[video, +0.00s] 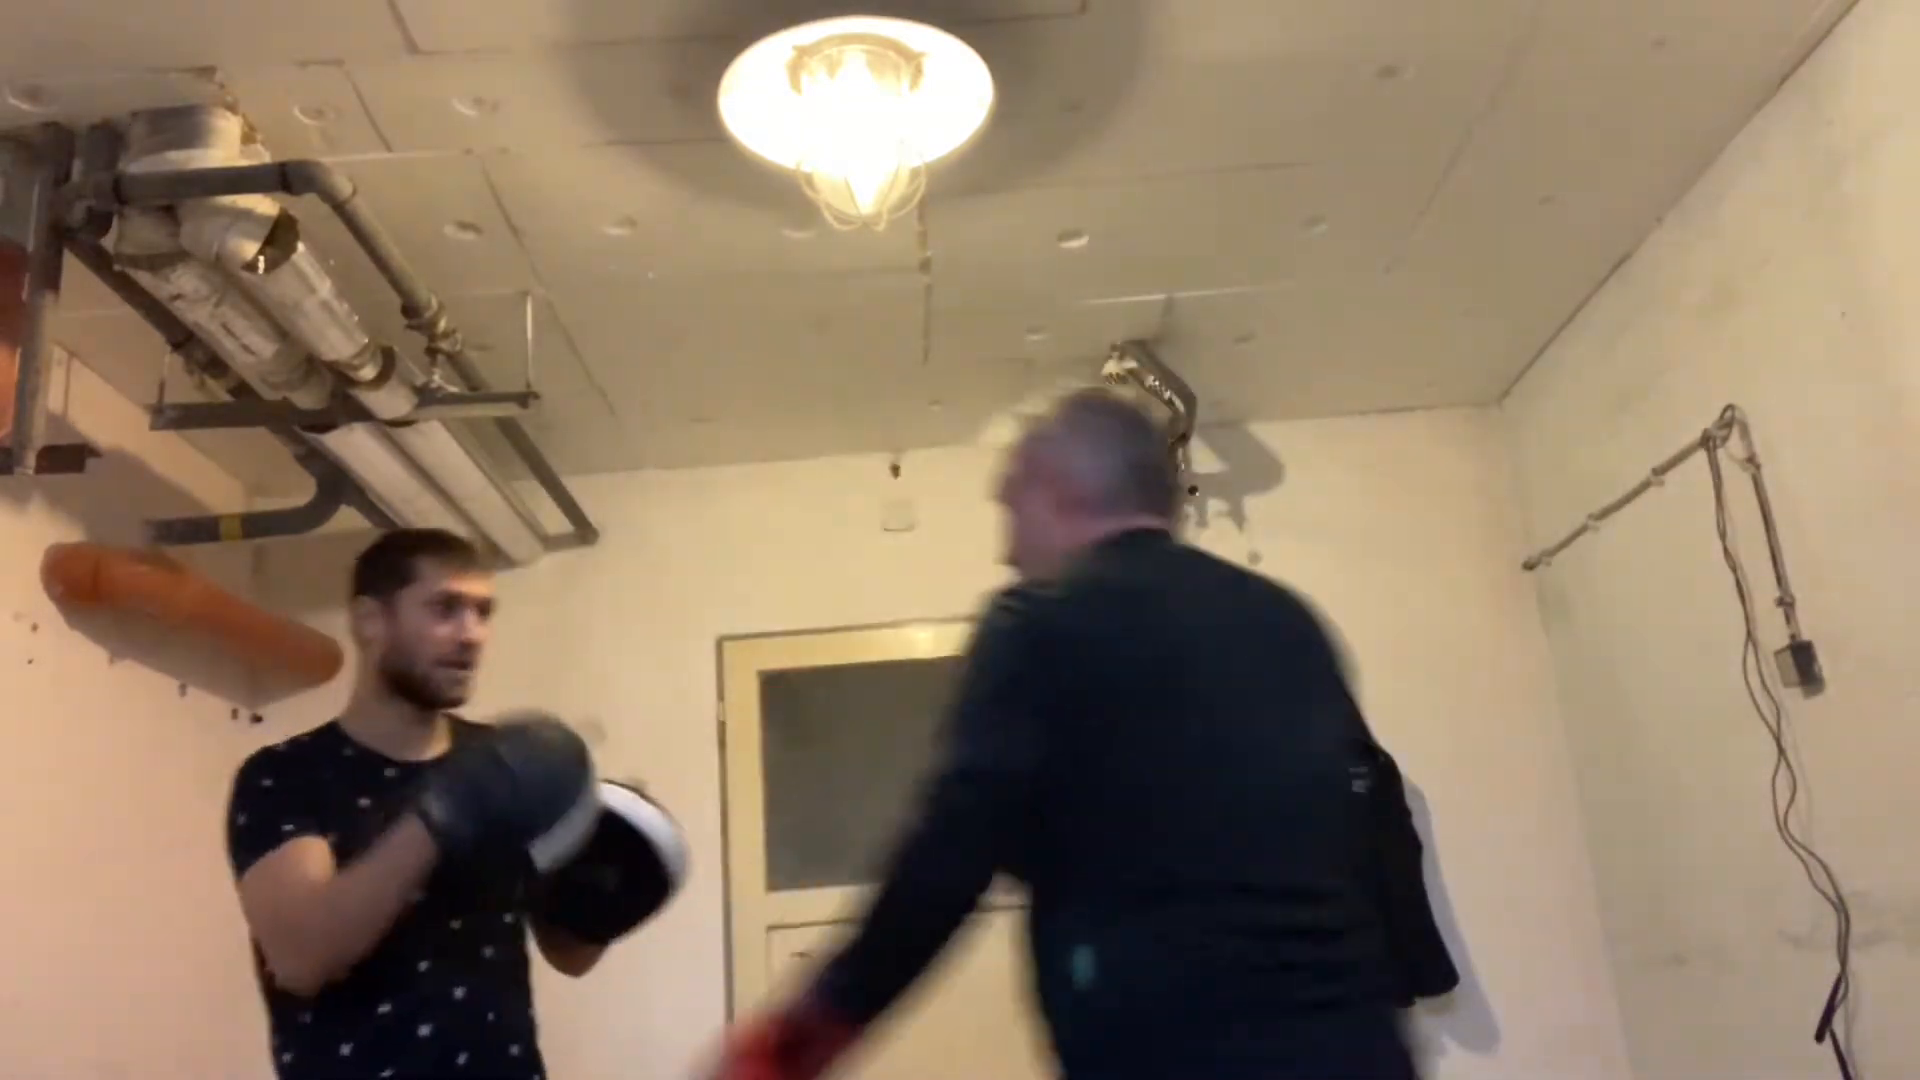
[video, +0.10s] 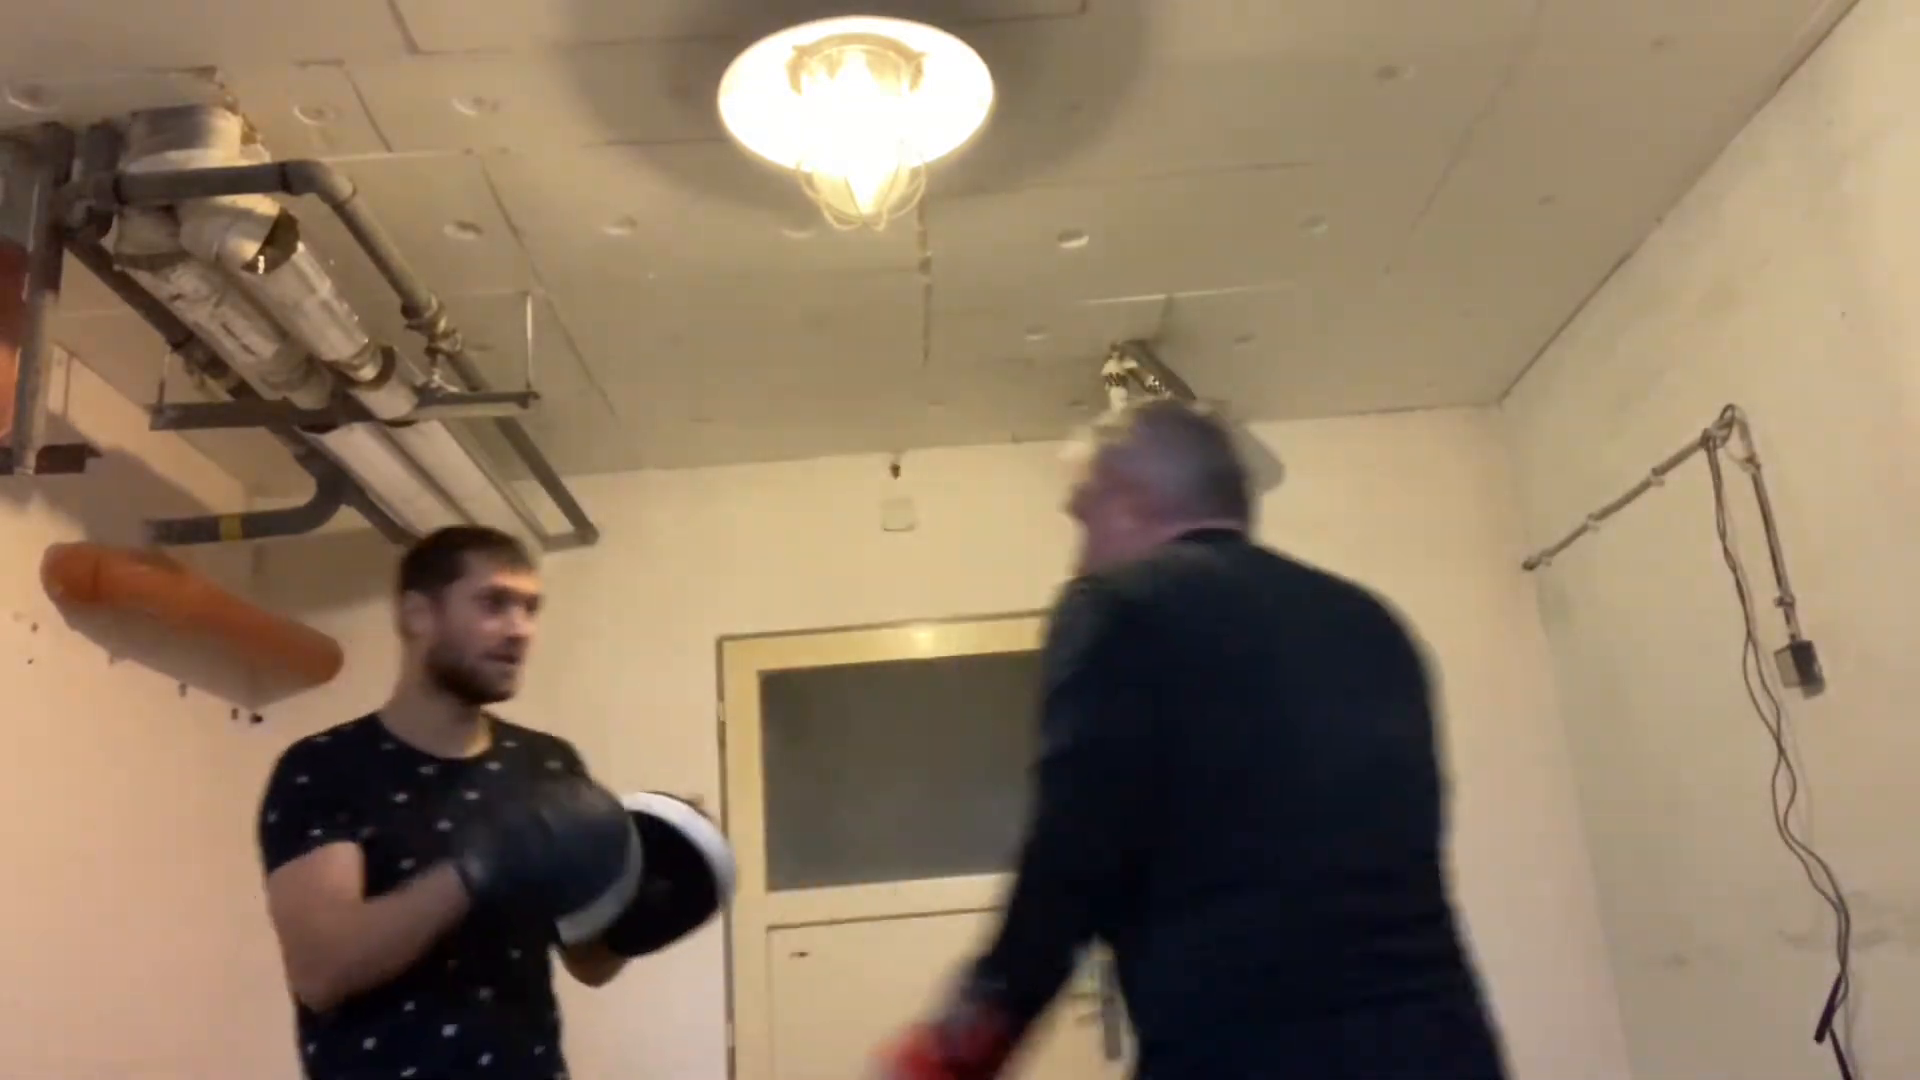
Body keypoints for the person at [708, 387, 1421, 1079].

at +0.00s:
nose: (1006, 541)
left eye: (1011, 506)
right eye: (1005, 510)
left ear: (1055, 495)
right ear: (1158, 500)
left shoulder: (1041, 626)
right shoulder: (1284, 616)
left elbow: (961, 841)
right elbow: (1369, 820)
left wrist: (826, 1012)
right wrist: (1400, 985)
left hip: (1147, 1044)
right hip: (1341, 1040)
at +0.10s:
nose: (1080, 550)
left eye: (1085, 518)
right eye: (1078, 520)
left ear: (1134, 502)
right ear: (1229, 505)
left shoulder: (1120, 609)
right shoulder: (1370, 618)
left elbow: (1081, 845)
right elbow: (1395, 847)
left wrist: (980, 1021)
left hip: (1226, 1042)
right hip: (1431, 1040)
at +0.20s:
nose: (1134, 533)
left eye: (1137, 506)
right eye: (1130, 511)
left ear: (1187, 489)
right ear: (1283, 491)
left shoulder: (1169, 577)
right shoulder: (1427, 605)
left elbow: (1139, 803)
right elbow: (1457, 822)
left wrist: (1061, 987)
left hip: (1275, 1036)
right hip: (1487, 1035)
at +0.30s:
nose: (1154, 516)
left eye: (1155, 490)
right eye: (1147, 496)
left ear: (1213, 471)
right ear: (1310, 473)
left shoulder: (1193, 552)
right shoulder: (1453, 586)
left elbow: (1150, 752)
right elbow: (1472, 812)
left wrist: (1058, 902)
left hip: (1305, 1027)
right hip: (1517, 1023)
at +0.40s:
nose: (1151, 518)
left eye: (1152, 486)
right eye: (1144, 490)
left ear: (1208, 462)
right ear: (1305, 463)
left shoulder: (1194, 551)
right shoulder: (1459, 573)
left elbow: (1140, 747)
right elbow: (1484, 802)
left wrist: (1017, 824)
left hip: (1325, 1029)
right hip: (1537, 1017)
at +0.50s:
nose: (1118, 546)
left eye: (1113, 508)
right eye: (1107, 516)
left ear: (1170, 473)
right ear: (1262, 458)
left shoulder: (1178, 577)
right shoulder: (1437, 560)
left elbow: (1112, 805)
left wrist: (999, 759)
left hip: (1331, 1030)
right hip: (1544, 1014)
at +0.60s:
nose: (1065, 562)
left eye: (1059, 526)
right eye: (1053, 533)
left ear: (1118, 490)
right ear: (1199, 468)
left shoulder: (1145, 602)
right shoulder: (1394, 553)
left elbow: (1088, 871)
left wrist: (1007, 752)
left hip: (1328, 1036)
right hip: (1539, 1016)